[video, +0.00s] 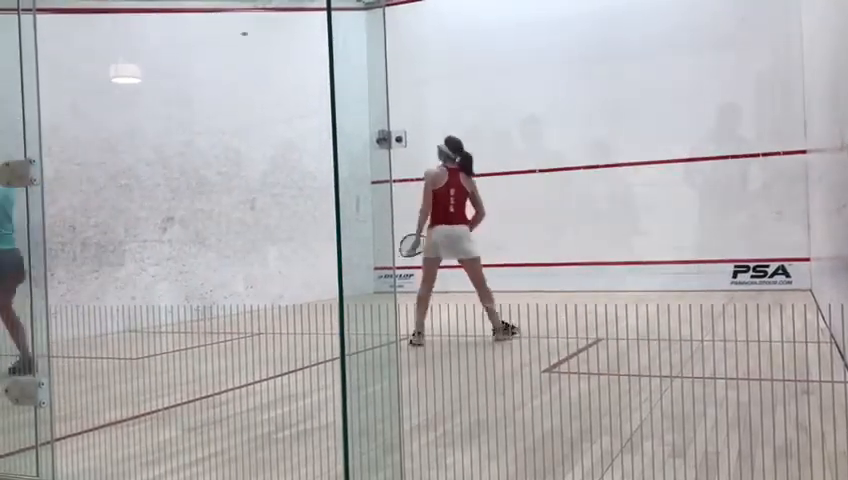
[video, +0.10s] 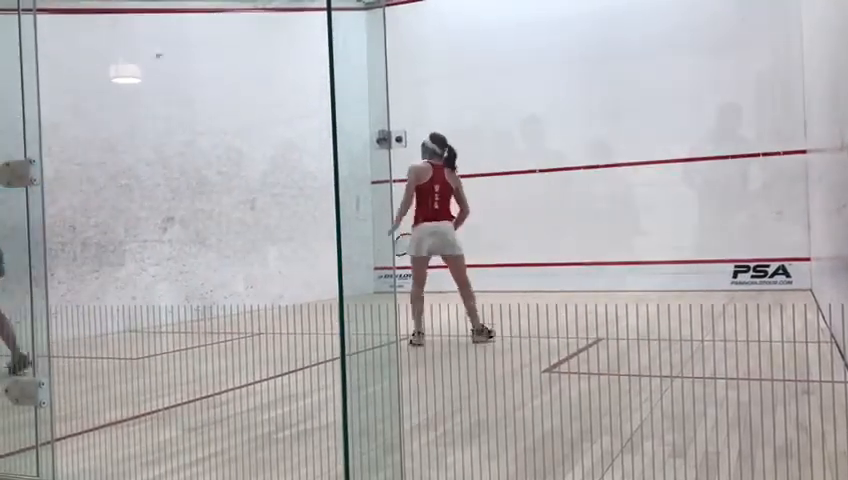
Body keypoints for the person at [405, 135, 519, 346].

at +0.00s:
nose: (438, 155)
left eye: (439, 153)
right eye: (442, 153)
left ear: (441, 155)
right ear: (459, 157)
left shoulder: (432, 175)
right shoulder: (466, 178)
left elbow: (426, 209)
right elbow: (480, 212)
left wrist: (417, 235)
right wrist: (467, 229)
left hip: (436, 233)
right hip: (461, 232)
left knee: (426, 285)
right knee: (480, 284)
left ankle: (418, 332)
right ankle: (497, 326)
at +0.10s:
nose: (421, 153)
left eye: (422, 150)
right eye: (423, 150)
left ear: (426, 152)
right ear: (443, 153)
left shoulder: (416, 170)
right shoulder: (451, 175)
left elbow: (407, 203)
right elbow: (465, 209)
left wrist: (396, 222)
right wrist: (452, 228)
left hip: (423, 229)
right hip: (446, 228)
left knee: (418, 284)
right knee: (463, 282)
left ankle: (418, 332)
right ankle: (477, 327)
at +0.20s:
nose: (406, 149)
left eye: (408, 146)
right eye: (409, 146)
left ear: (410, 148)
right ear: (429, 150)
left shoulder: (402, 168)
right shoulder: (437, 170)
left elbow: (393, 197)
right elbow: (449, 205)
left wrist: (386, 201)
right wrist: (438, 223)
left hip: (410, 227)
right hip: (434, 226)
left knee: (412, 283)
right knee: (442, 281)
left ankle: (417, 331)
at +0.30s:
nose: (395, 152)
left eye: (397, 149)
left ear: (399, 149)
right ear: (418, 150)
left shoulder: (393, 168)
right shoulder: (426, 171)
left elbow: (383, 199)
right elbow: (437, 207)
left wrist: (386, 181)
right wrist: (427, 225)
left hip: (400, 230)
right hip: (421, 229)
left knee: (405, 285)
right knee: (421, 284)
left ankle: (414, 329)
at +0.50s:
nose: (391, 159)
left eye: (392, 155)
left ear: (389, 159)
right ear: (408, 165)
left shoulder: (371, 175)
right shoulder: (409, 184)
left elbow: (361, 203)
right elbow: (417, 220)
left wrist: (379, 202)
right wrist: (408, 242)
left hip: (368, 237)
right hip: (390, 237)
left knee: (379, 290)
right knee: (389, 290)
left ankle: (396, 332)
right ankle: (377, 337)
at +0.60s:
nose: (381, 162)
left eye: (380, 157)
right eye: (383, 157)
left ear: (371, 156)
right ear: (390, 157)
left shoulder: (359, 173)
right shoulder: (395, 179)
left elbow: (343, 198)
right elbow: (404, 216)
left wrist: (359, 201)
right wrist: (403, 241)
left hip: (355, 230)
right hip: (380, 230)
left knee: (357, 285)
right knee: (388, 286)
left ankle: (366, 329)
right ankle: (376, 333)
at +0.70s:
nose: (388, 155)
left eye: (388, 151)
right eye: (387, 151)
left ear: (362, 149)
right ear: (381, 152)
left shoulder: (346, 166)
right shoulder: (383, 174)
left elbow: (328, 192)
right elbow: (392, 210)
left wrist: (349, 197)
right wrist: (393, 240)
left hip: (338, 227)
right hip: (364, 227)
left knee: (337, 282)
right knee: (378, 284)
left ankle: (333, 332)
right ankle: (377, 336)